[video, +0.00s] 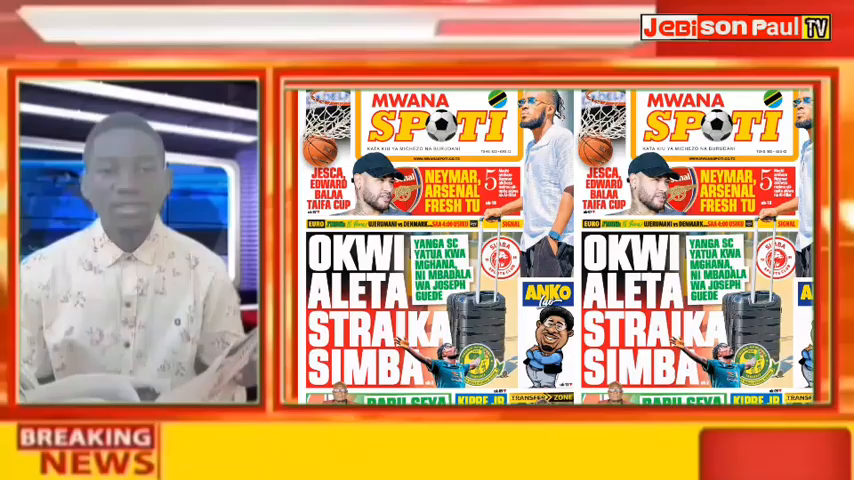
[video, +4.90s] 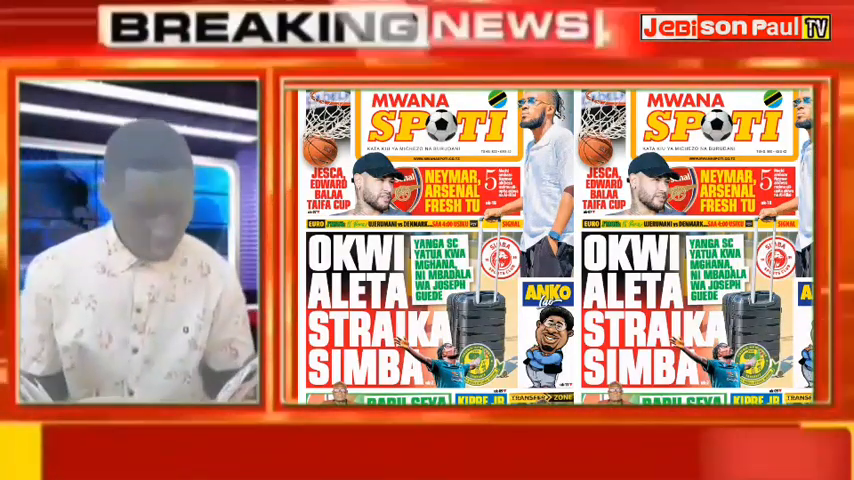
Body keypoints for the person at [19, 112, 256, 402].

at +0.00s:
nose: (127, 184)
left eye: (145, 169)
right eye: (107, 170)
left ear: (167, 181)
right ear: (85, 186)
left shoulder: (206, 272)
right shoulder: (40, 274)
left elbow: (232, 386)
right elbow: (20, 390)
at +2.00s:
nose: (135, 202)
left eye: (152, 185)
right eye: (119, 185)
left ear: (181, 187)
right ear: (94, 190)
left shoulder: (223, 277)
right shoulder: (55, 280)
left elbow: (251, 386)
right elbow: (46, 399)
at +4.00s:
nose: (130, 229)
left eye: (147, 211)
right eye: (113, 211)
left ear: (176, 195)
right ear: (91, 195)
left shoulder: (215, 275)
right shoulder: (54, 279)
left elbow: (242, 383)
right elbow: (49, 396)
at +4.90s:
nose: (163, 227)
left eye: (176, 208)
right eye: (145, 211)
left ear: (193, 194)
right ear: (108, 196)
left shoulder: (216, 275)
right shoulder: (54, 272)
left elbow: (233, 383)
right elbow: (40, 389)